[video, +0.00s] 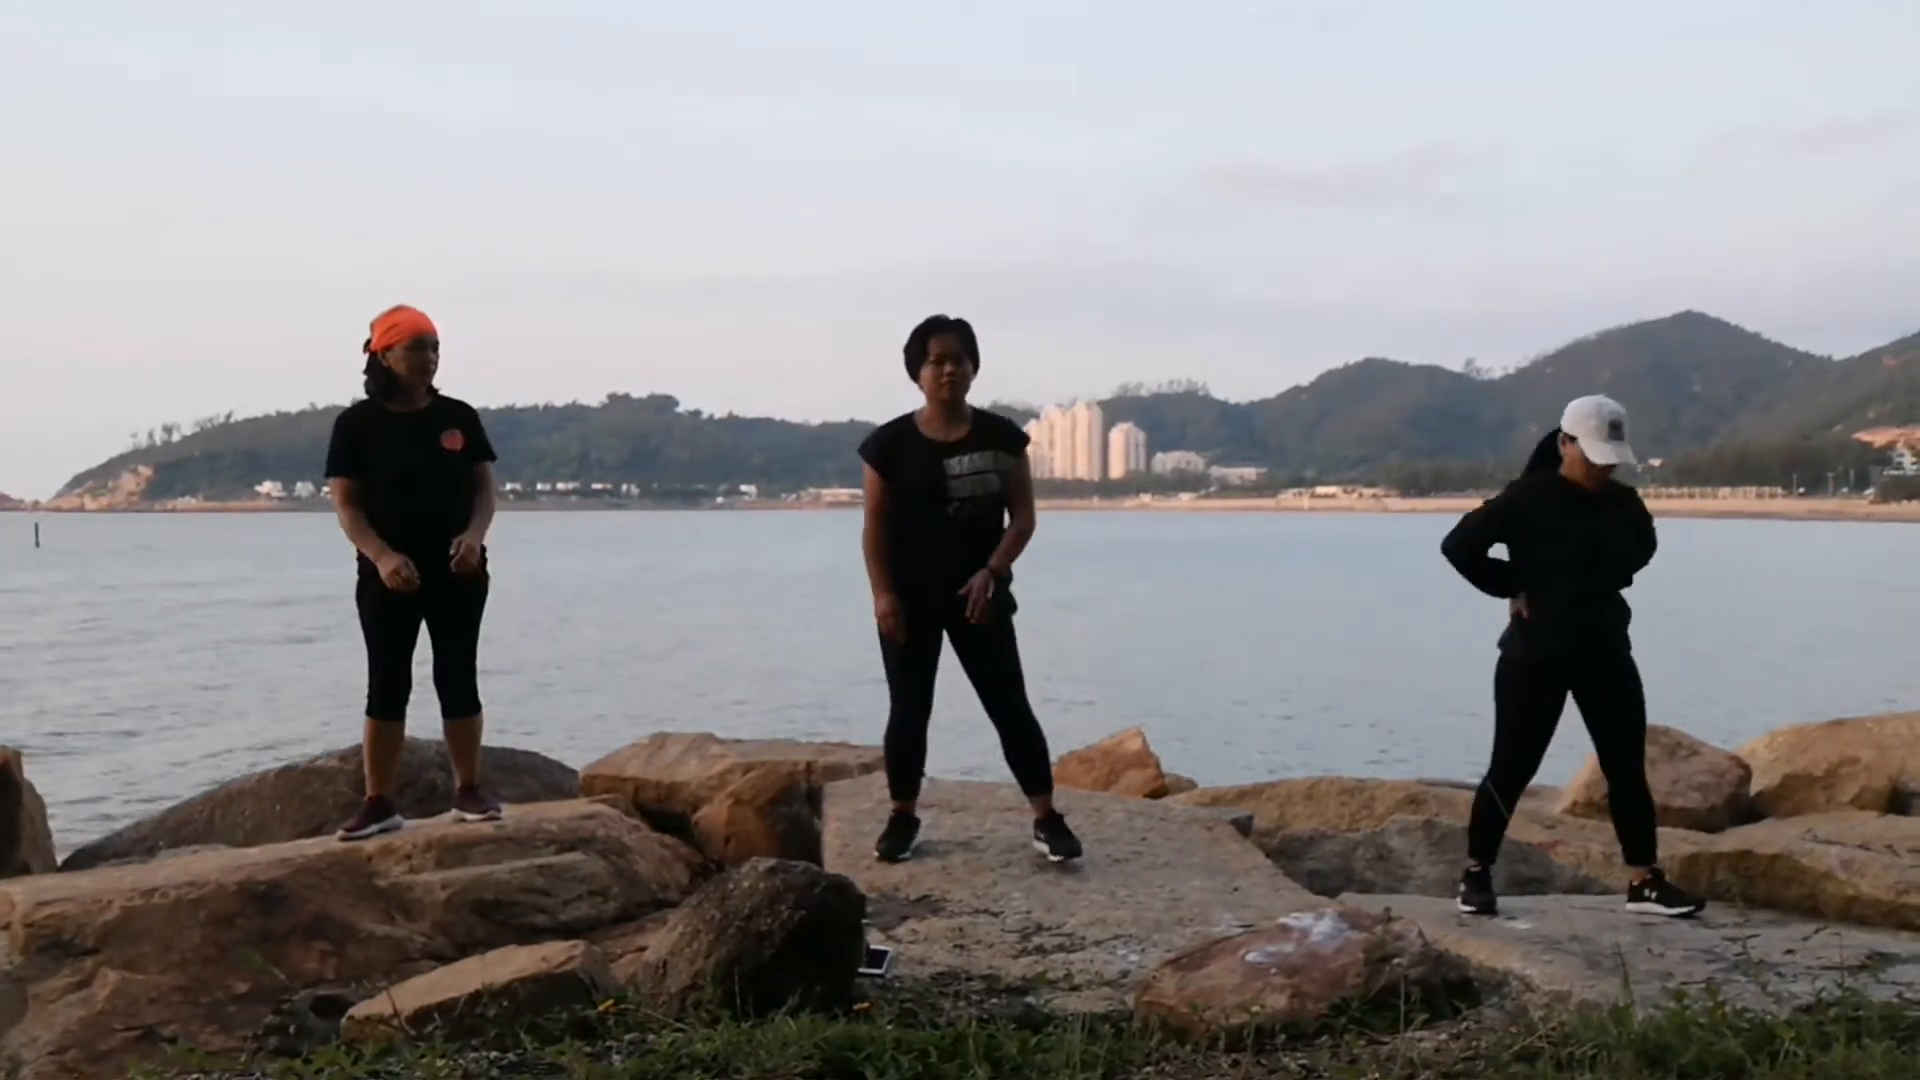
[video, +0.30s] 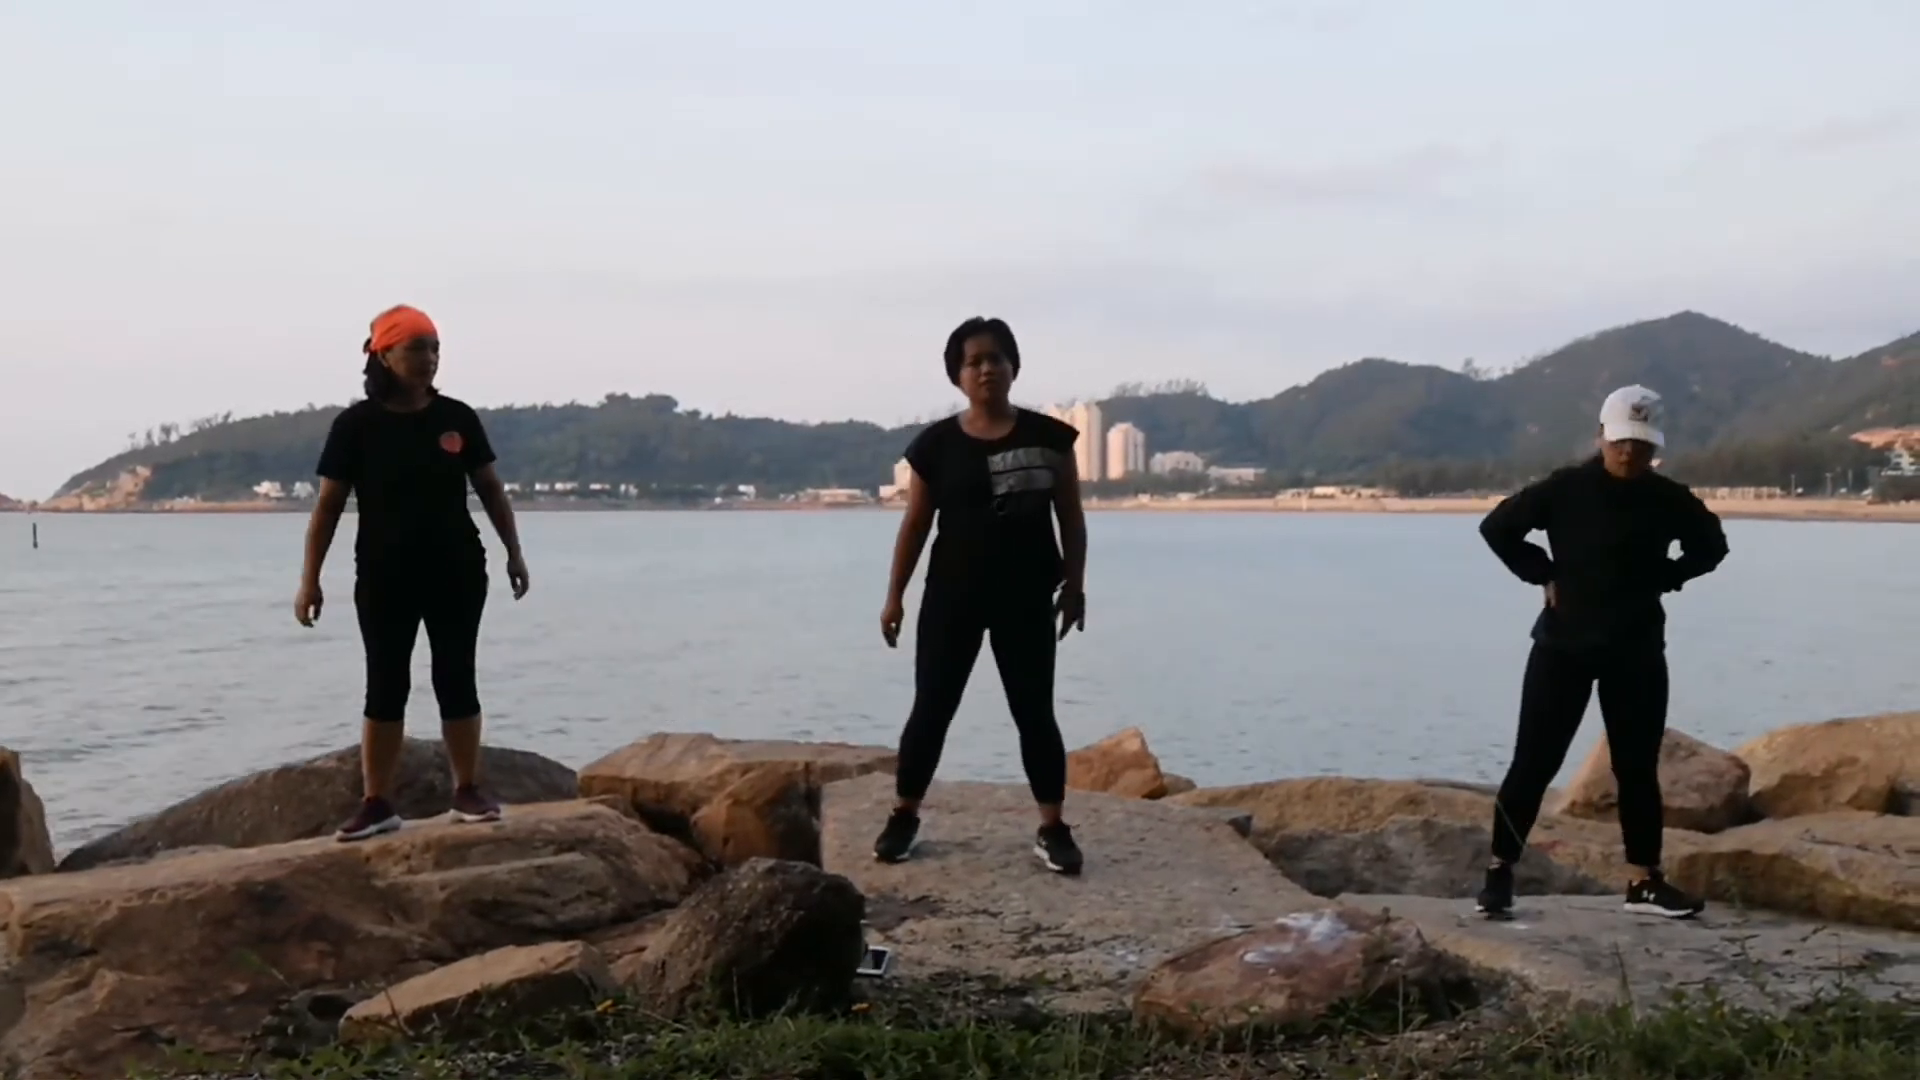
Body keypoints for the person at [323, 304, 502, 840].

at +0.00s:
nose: (430, 356)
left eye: (433, 346)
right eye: (417, 348)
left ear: (438, 352)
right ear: (383, 356)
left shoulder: (459, 417)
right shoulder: (354, 425)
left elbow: (485, 487)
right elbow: (345, 506)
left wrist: (475, 534)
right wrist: (381, 555)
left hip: (456, 575)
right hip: (387, 577)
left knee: (458, 683)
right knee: (386, 690)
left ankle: (468, 791)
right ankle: (378, 801)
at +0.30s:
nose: (429, 357)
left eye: (433, 347)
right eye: (417, 348)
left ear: (438, 352)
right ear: (383, 356)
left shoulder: (457, 418)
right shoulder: (354, 426)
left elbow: (490, 490)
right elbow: (328, 508)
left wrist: (514, 550)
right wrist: (309, 578)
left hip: (455, 575)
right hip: (385, 579)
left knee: (457, 683)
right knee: (384, 691)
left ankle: (466, 791)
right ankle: (376, 802)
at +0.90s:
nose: (427, 357)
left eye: (430, 347)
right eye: (414, 348)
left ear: (434, 353)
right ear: (380, 356)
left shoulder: (453, 420)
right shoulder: (349, 426)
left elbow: (481, 493)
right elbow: (341, 508)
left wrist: (473, 545)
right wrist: (371, 565)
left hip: (448, 575)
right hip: (380, 578)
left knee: (453, 685)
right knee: (380, 692)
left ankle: (463, 792)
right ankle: (373, 802)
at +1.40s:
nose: (423, 359)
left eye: (428, 349)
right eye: (411, 349)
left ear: (433, 356)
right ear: (378, 356)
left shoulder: (451, 423)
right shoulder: (347, 427)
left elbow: (484, 492)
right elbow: (319, 505)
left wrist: (510, 553)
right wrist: (292, 577)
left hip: (447, 578)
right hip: (376, 581)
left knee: (449, 686)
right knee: (377, 694)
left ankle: (459, 794)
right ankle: (370, 804)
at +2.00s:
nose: (412, 358)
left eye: (418, 349)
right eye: (400, 349)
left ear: (426, 355)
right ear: (369, 356)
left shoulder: (448, 422)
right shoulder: (341, 427)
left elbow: (469, 491)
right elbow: (331, 506)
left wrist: (449, 536)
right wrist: (369, 553)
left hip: (441, 575)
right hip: (369, 579)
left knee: (444, 686)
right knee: (370, 692)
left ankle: (455, 796)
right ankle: (365, 805)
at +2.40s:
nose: (416, 398)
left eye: (422, 389)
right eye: (403, 389)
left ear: (429, 395)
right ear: (373, 396)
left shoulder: (443, 453)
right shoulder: (345, 457)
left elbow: (470, 485)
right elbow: (326, 494)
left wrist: (475, 512)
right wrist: (321, 520)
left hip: (436, 609)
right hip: (363, 611)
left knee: (457, 711)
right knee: (340, 718)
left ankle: (453, 799)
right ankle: (361, 810)